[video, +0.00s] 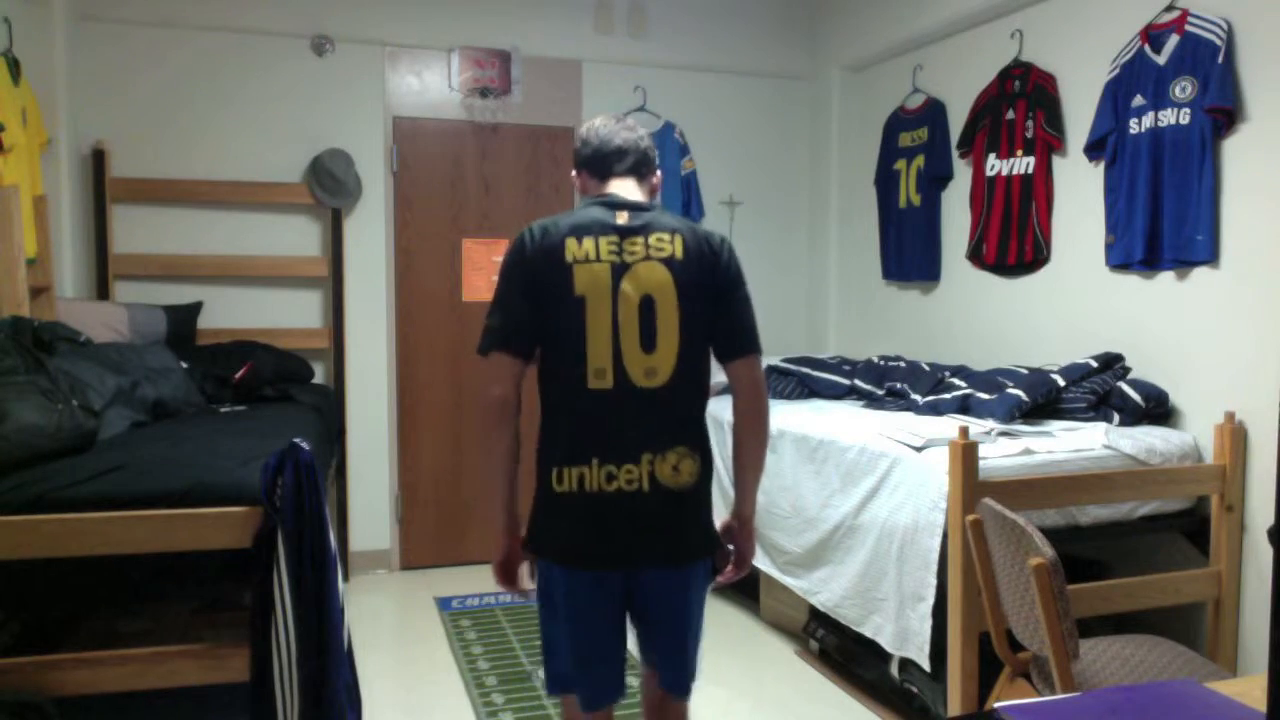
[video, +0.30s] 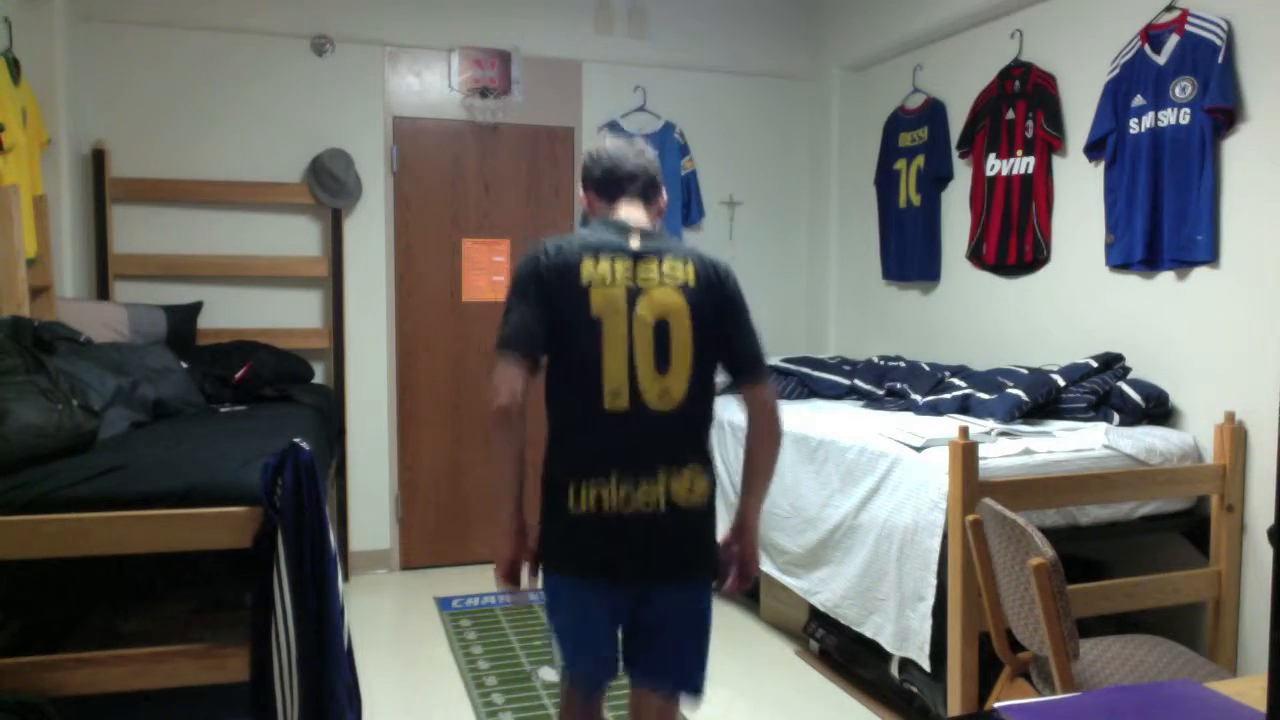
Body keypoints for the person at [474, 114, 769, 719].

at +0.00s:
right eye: (656, 176)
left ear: (578, 177)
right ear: (655, 179)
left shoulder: (537, 246)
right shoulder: (706, 249)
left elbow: (500, 395)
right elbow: (751, 392)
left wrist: (507, 527)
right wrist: (745, 513)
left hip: (575, 522)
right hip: (676, 521)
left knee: (585, 701)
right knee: (669, 694)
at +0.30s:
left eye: (583, 193)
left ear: (586, 197)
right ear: (661, 199)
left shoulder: (550, 264)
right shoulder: (709, 275)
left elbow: (506, 400)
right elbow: (765, 414)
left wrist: (514, 527)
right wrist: (746, 529)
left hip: (580, 529)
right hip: (676, 532)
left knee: (581, 691)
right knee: (658, 699)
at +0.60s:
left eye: (553, 172)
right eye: (629, 168)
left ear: (556, 174)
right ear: (630, 170)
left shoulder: (526, 255)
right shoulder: (687, 244)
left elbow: (494, 386)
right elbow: (757, 365)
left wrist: (519, 499)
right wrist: (770, 483)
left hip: (583, 502)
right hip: (679, 495)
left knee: (596, 682)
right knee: (663, 642)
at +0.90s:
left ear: (538, 159)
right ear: (608, 156)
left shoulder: (528, 216)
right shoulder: (671, 215)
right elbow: (754, 349)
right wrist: (756, 486)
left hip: (593, 499)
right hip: (685, 491)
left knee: (593, 694)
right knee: (684, 685)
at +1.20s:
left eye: (559, 193)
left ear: (569, 195)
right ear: (651, 196)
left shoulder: (534, 252)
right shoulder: (704, 263)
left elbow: (460, 386)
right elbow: (765, 402)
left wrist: (465, 487)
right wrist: (784, 557)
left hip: (590, 535)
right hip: (685, 528)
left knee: (595, 704)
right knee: (656, 631)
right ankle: (656, 706)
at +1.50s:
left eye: (600, 162)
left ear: (602, 171)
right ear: (684, 169)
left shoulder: (557, 251)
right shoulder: (737, 250)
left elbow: (487, 394)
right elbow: (791, 397)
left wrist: (568, 377)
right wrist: (787, 519)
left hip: (612, 529)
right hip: (713, 522)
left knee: (624, 706)